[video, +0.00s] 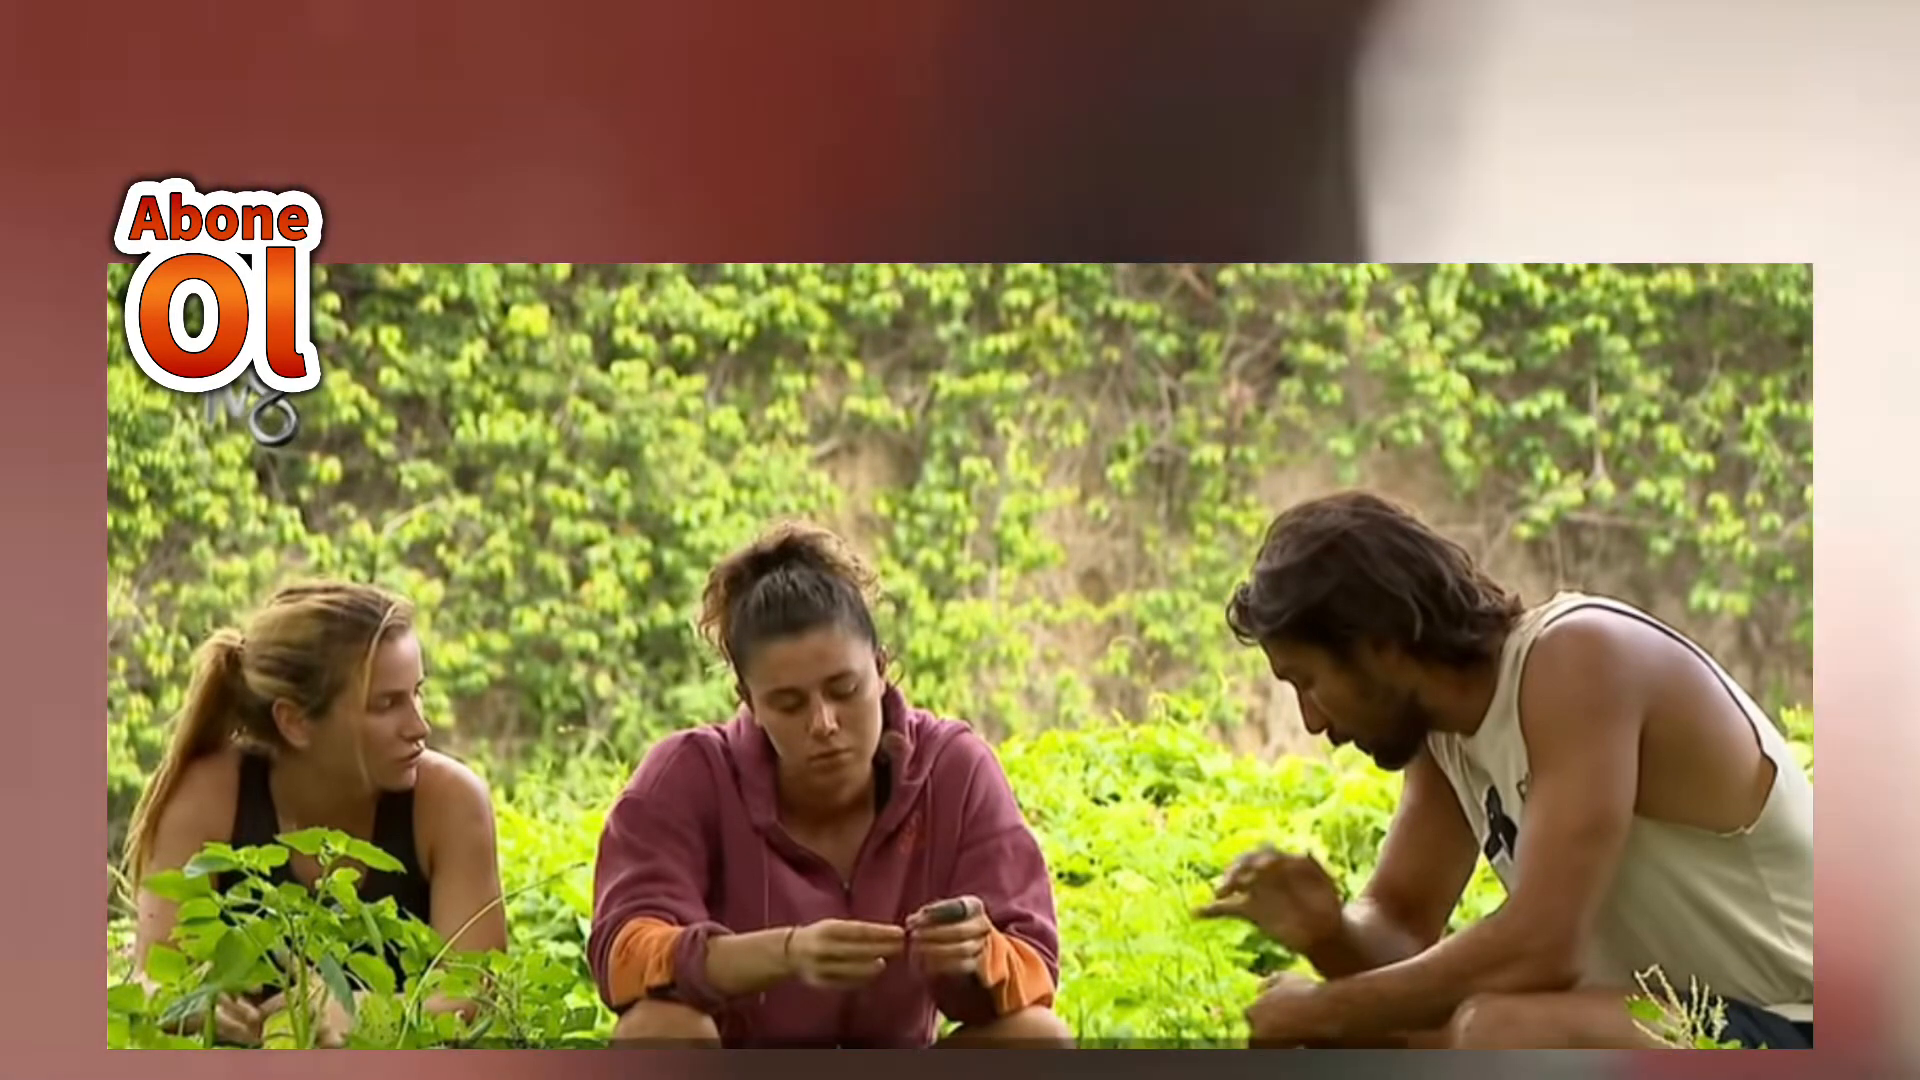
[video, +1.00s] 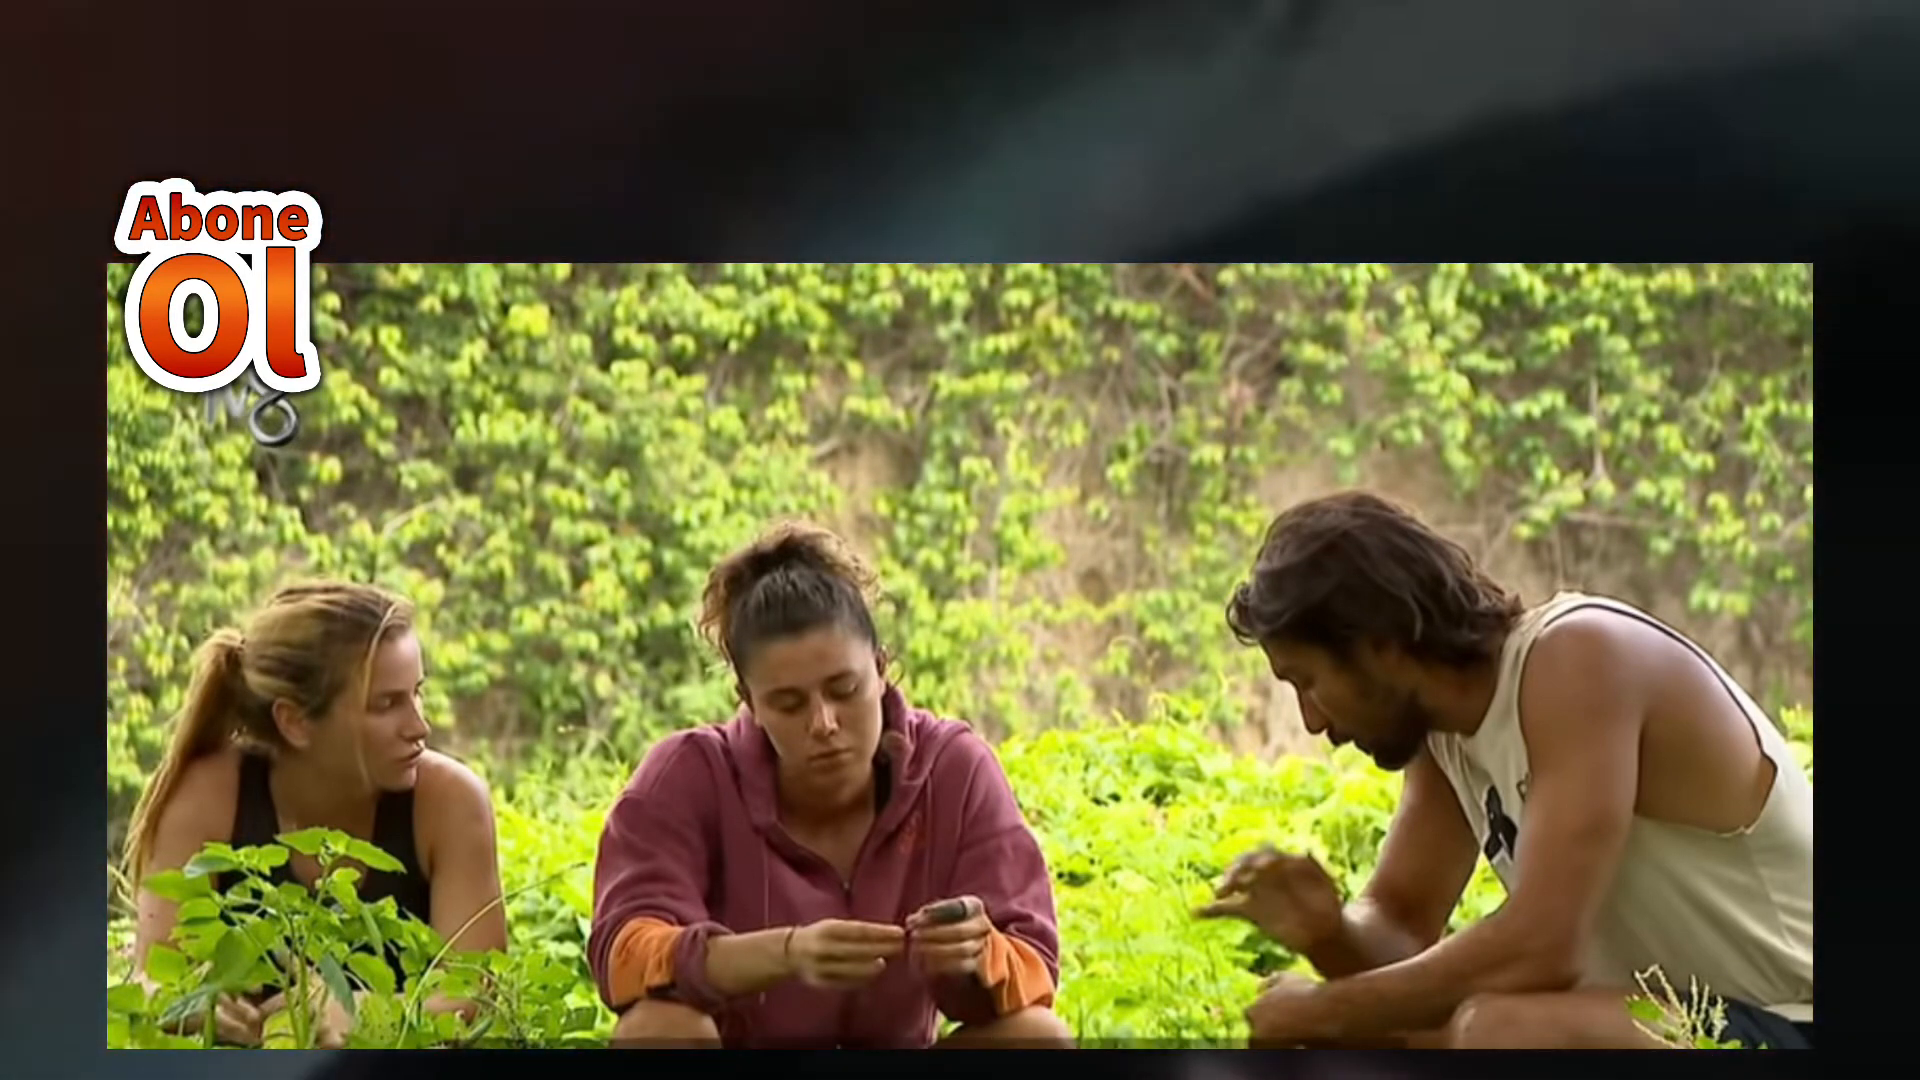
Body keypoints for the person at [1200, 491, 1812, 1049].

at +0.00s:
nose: (1311, 723)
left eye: (1306, 686)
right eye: (1296, 693)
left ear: (1384, 642)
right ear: (1384, 643)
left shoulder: (1585, 656)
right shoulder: (1451, 731)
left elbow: (1538, 950)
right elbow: (1402, 926)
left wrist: (1328, 1012)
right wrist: (1330, 932)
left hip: (1790, 1016)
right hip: (1654, 1000)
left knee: (1497, 1026)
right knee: (1382, 1027)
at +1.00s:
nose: (1311, 723)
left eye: (1306, 686)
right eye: (1295, 693)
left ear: (1384, 642)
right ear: (1384, 643)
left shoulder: (1585, 656)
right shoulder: (1451, 731)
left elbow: (1539, 951)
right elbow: (1402, 926)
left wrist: (1320, 1014)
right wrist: (1330, 932)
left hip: (1784, 1012)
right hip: (1651, 1000)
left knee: (1499, 1024)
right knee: (1366, 1029)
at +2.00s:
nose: (1311, 724)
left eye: (1306, 687)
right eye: (1296, 693)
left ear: (1382, 643)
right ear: (1382, 643)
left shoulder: (1585, 656)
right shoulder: (1450, 730)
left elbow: (1539, 951)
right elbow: (1403, 926)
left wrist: (1326, 1014)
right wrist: (1330, 932)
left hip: (1788, 1014)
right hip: (1658, 1001)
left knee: (1500, 1026)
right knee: (1387, 1026)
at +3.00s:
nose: (1311, 724)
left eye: (1307, 687)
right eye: (1296, 693)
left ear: (1384, 642)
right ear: (1384, 643)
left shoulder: (1584, 657)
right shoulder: (1451, 731)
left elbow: (1540, 950)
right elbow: (1403, 926)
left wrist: (1327, 1015)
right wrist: (1329, 933)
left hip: (1790, 1018)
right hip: (1659, 1002)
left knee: (1500, 1026)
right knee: (1381, 1026)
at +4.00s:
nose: (1311, 723)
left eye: (1306, 686)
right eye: (1295, 693)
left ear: (1383, 642)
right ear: (1383, 643)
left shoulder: (1584, 656)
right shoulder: (1450, 730)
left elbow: (1539, 950)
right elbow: (1403, 924)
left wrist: (1325, 1015)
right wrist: (1330, 933)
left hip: (1789, 1019)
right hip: (1658, 1003)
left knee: (1501, 1025)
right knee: (1379, 1026)